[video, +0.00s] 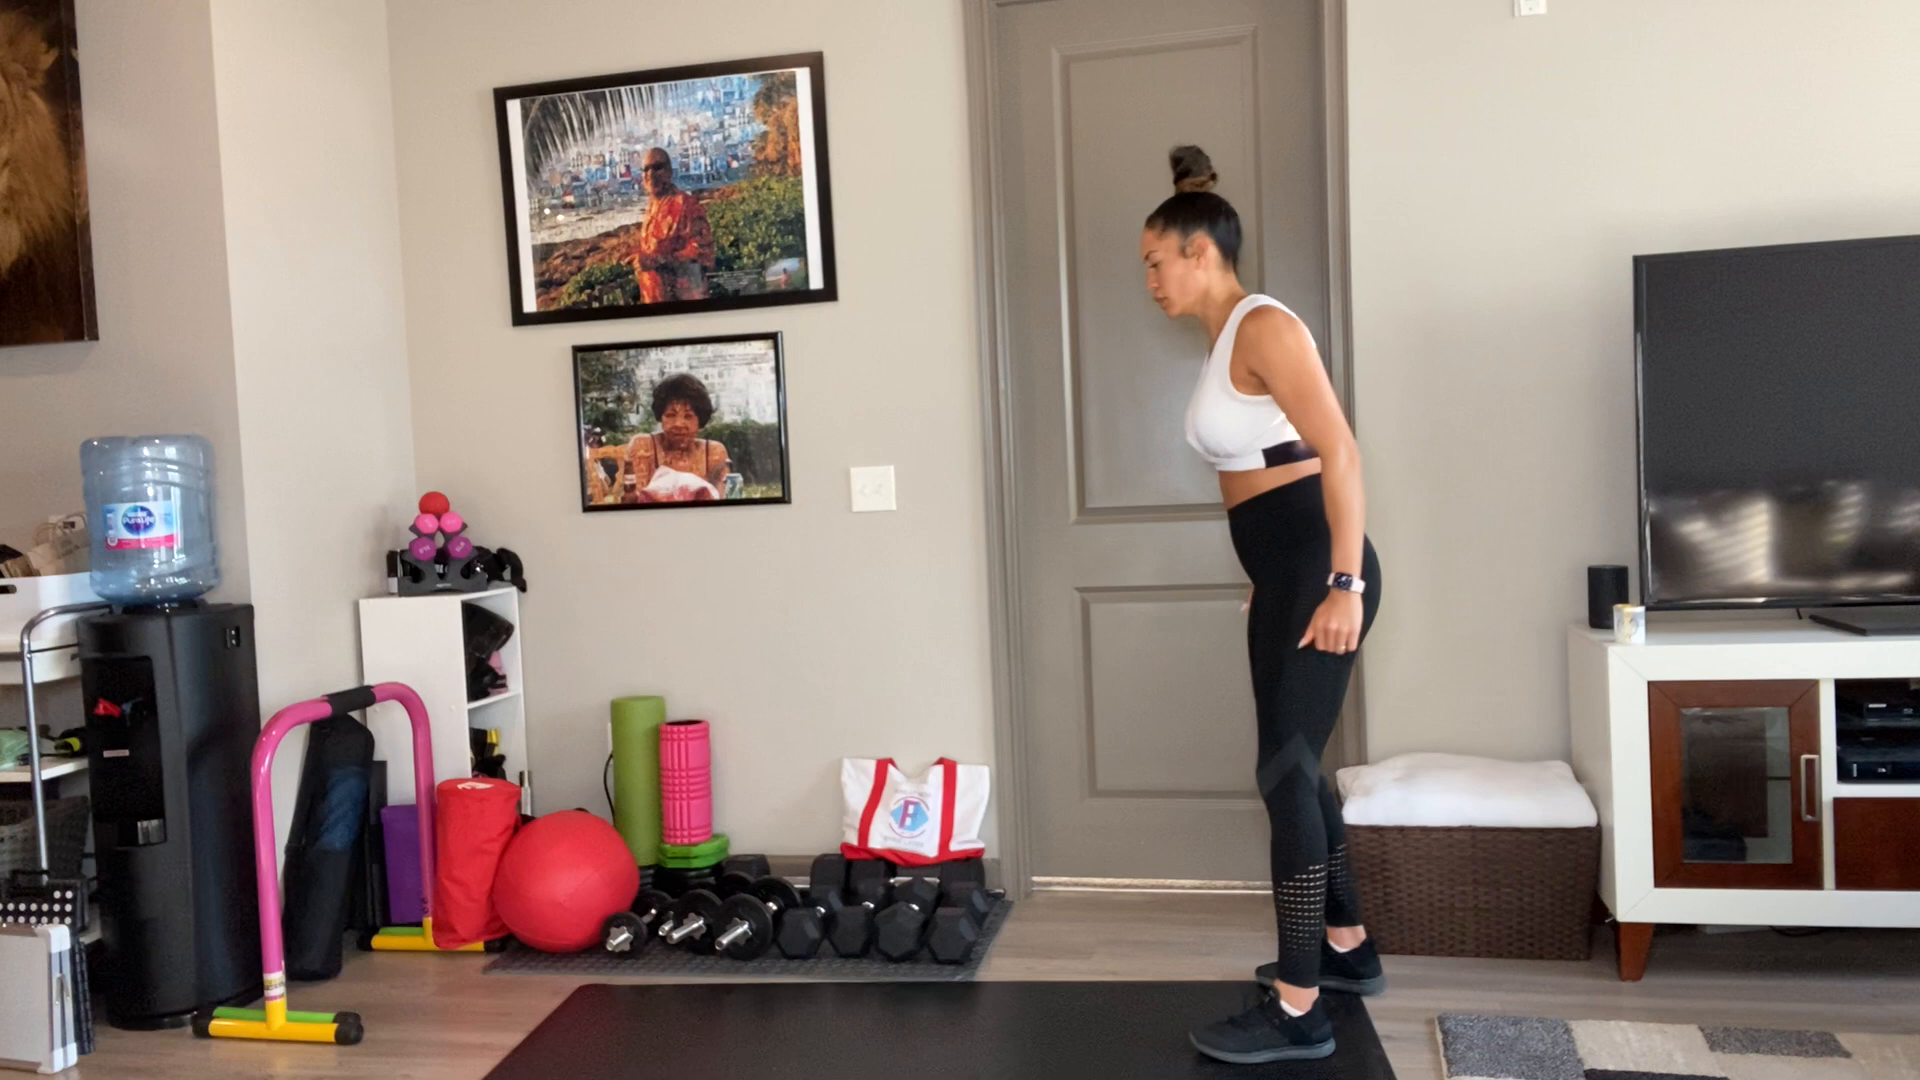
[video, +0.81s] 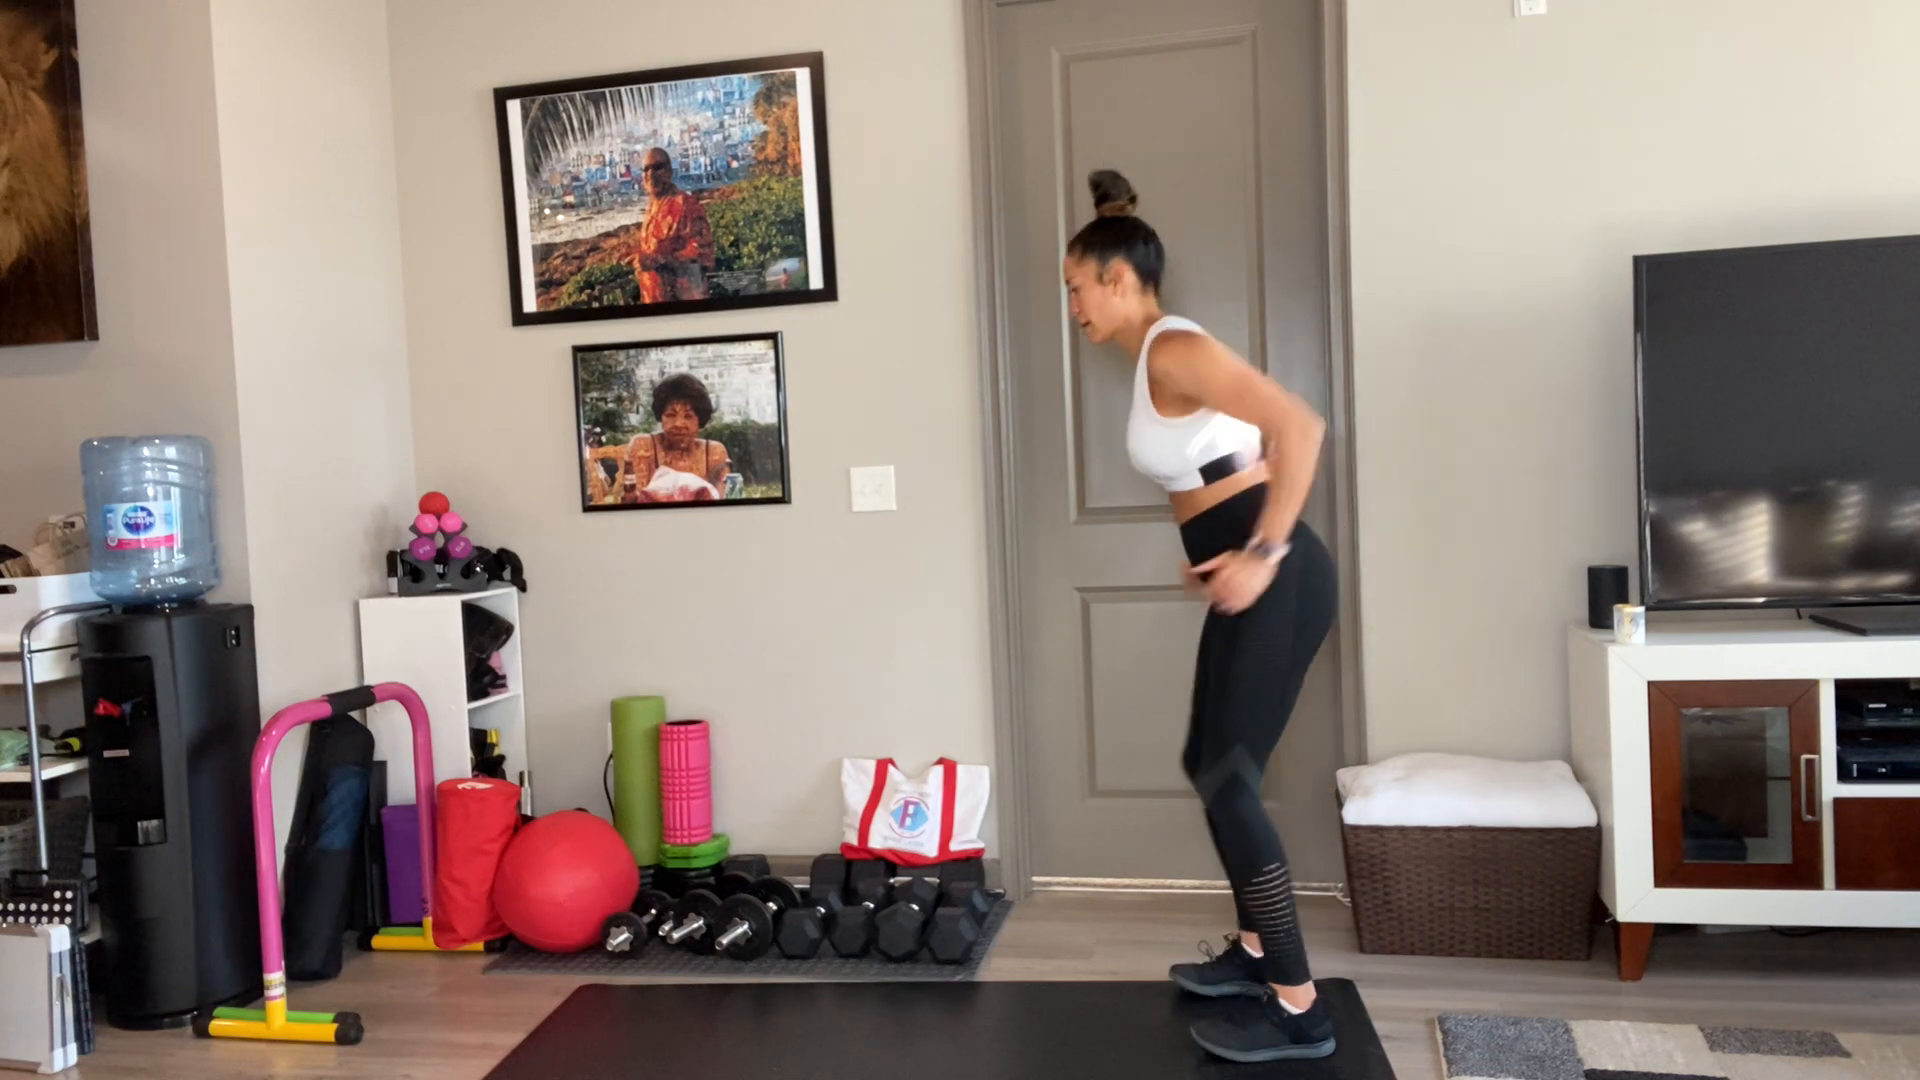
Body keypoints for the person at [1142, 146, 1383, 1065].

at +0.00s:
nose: (1150, 281)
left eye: (1159, 263)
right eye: (1147, 266)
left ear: (1207, 254)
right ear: (1196, 260)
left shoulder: (1268, 329)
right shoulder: (1227, 340)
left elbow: (1340, 452)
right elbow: (1267, 471)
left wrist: (1345, 582)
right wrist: (1264, 579)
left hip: (1316, 559)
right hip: (1282, 563)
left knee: (1286, 768)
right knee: (1293, 763)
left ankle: (1298, 1000)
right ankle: (1348, 939)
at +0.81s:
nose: (1072, 304)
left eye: (1081, 287)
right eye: (1070, 289)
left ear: (1127, 282)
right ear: (1123, 284)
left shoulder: (1178, 352)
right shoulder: (1152, 361)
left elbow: (1301, 428)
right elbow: (1245, 446)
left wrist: (1265, 554)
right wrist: (1216, 552)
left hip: (1275, 570)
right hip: (1243, 574)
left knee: (1228, 772)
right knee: (1208, 764)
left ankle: (1297, 995)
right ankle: (1259, 947)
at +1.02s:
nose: (1111, 315)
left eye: (1122, 299)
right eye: (1107, 301)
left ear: (1164, 297)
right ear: (1129, 304)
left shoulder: (1192, 376)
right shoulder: (1175, 370)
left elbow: (1065, 439)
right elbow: (1074, 440)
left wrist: (1036, 340)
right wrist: (1053, 347)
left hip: (1252, 610)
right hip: (1222, 609)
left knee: (1159, 800)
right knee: (1152, 791)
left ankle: (1277, 989)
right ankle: (1247, 960)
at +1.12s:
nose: (1104, 221)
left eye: (1113, 206)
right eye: (1098, 209)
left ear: (1151, 197)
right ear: (1113, 212)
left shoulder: (1189, 265)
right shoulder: (1147, 275)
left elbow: (1050, 245)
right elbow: (1057, 271)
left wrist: (1043, 139)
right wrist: (1046, 150)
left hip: (1226, 513)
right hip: (1191, 519)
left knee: (1221, 729)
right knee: (1211, 726)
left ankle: (1263, 960)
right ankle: (1228, 920)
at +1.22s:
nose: (1076, 180)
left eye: (1084, 160)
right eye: (1074, 163)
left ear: (1123, 146)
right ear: (1115, 147)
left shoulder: (1173, 206)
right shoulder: (1143, 220)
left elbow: (1066, 129)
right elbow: (1066, 136)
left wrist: (1016, 29)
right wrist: (1027, 40)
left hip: (1223, 450)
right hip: (1200, 454)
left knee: (1208, 664)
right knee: (1205, 665)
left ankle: (1262, 889)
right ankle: (1258, 875)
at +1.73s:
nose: (975, 531)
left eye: (976, 512)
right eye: (969, 515)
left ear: (1014, 493)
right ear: (1015, 494)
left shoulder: (1088, 546)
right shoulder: (1093, 526)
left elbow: (1116, 694)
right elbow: (1129, 670)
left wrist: (1023, 778)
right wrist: (1064, 701)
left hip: (1281, 679)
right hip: (1248, 676)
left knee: (1138, 843)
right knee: (1126, 800)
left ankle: (1286, 1012)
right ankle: (1252, 946)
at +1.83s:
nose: (959, 639)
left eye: (957, 622)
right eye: (951, 626)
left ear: (990, 598)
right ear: (997, 595)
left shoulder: (1066, 636)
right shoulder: (1073, 610)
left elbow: (1063, 790)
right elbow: (1083, 759)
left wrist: (991, 908)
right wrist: (1023, 809)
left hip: (1294, 709)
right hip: (1255, 703)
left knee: (1132, 849)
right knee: (1125, 812)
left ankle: (1286, 1015)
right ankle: (1257, 956)